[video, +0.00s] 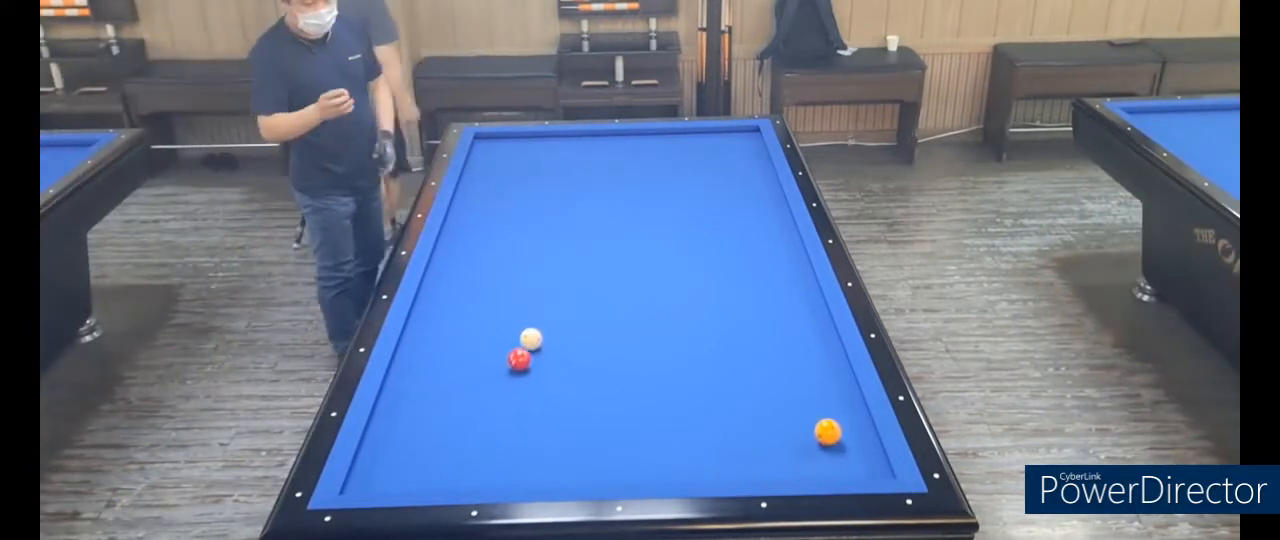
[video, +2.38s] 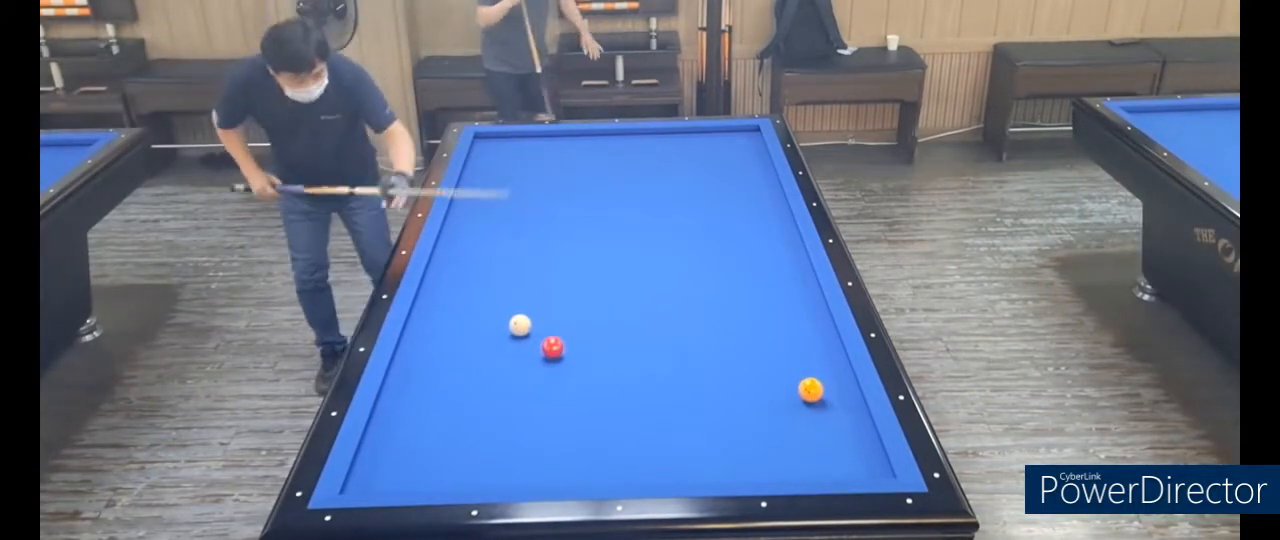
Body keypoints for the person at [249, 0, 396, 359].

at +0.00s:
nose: (322, 9)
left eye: (326, 1)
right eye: (309, 3)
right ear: (285, 6)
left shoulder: (350, 28)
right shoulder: (270, 51)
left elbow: (377, 84)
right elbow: (269, 128)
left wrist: (386, 134)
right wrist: (317, 112)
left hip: (366, 175)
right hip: (321, 184)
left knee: (371, 262)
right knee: (337, 272)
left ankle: (376, 337)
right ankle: (348, 351)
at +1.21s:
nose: (328, 7)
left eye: (333, 0)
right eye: (316, 3)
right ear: (290, 5)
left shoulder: (348, 27)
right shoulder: (279, 51)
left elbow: (375, 80)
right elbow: (299, 126)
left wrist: (390, 120)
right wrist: (366, 127)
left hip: (360, 171)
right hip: (322, 179)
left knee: (361, 259)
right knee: (345, 265)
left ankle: (357, 336)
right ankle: (340, 352)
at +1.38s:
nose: (337, 24)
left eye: (342, 13)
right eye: (324, 18)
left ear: (350, 7)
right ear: (300, 16)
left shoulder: (347, 33)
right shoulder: (290, 61)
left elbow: (367, 79)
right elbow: (323, 139)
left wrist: (388, 128)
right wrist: (390, 171)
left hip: (353, 178)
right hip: (318, 186)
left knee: (355, 259)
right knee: (336, 268)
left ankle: (355, 332)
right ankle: (339, 354)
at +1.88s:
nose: (330, 42)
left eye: (334, 32)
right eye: (318, 37)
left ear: (342, 16)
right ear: (293, 31)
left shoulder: (351, 32)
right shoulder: (276, 62)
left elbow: (378, 63)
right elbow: (279, 148)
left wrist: (387, 70)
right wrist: (348, 177)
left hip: (350, 178)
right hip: (306, 186)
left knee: (351, 261)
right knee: (323, 272)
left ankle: (354, 336)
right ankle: (338, 354)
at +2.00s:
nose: (318, 41)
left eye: (322, 31)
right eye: (305, 37)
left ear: (329, 15)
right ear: (280, 31)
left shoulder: (349, 33)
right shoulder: (262, 63)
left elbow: (399, 76)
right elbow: (244, 142)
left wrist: (394, 69)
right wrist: (299, 192)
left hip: (351, 176)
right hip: (300, 187)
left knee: (355, 263)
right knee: (314, 272)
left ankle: (354, 337)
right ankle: (333, 350)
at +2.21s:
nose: (308, 60)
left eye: (312, 50)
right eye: (295, 56)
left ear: (317, 34)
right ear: (270, 50)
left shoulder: (343, 53)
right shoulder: (250, 74)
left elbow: (390, 96)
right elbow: (221, 135)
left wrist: (401, 118)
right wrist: (259, 185)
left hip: (354, 185)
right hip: (298, 195)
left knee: (379, 260)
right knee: (310, 277)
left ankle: (363, 338)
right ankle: (332, 352)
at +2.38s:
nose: (314, 85)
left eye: (319, 75)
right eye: (302, 81)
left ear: (324, 59)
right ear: (275, 73)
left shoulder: (350, 78)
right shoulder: (249, 81)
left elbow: (394, 130)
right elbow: (225, 123)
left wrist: (402, 176)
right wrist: (252, 173)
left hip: (359, 188)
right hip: (300, 194)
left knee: (383, 269)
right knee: (309, 276)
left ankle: (414, 341)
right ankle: (332, 353)